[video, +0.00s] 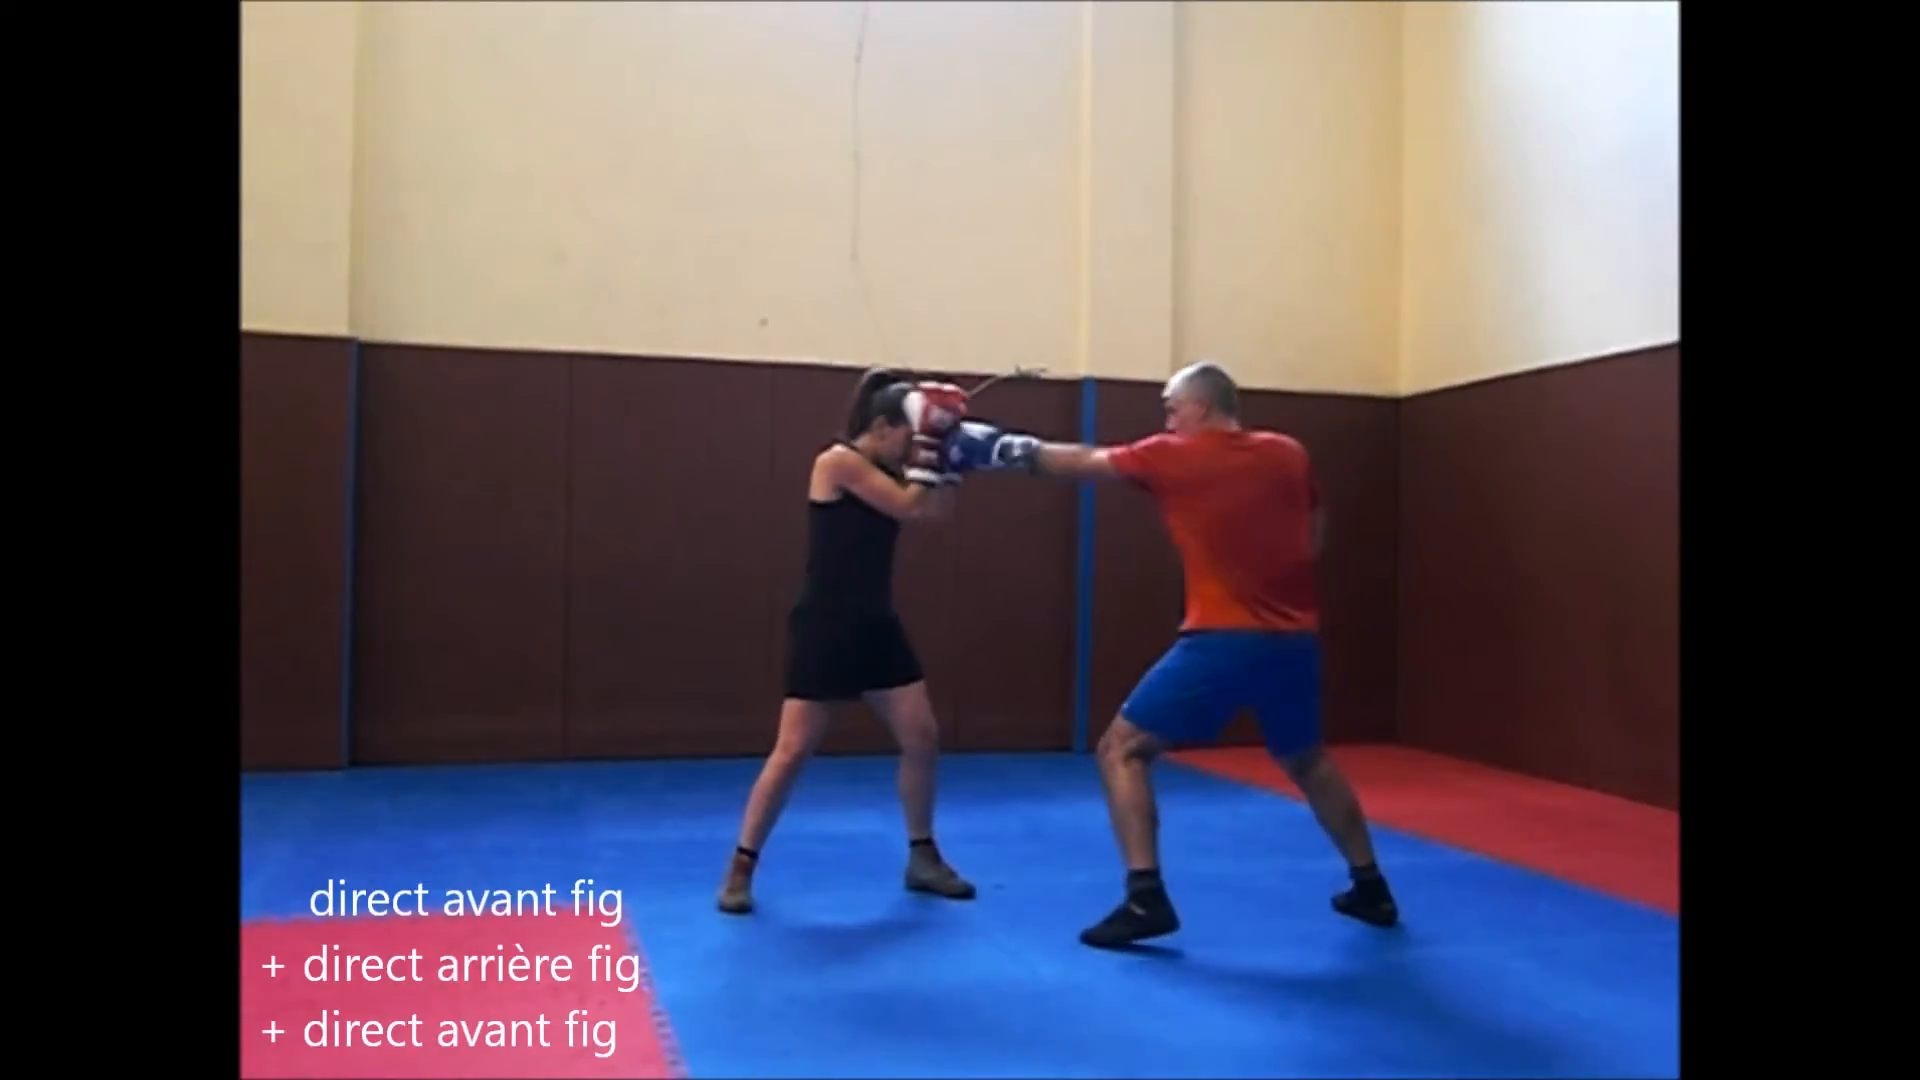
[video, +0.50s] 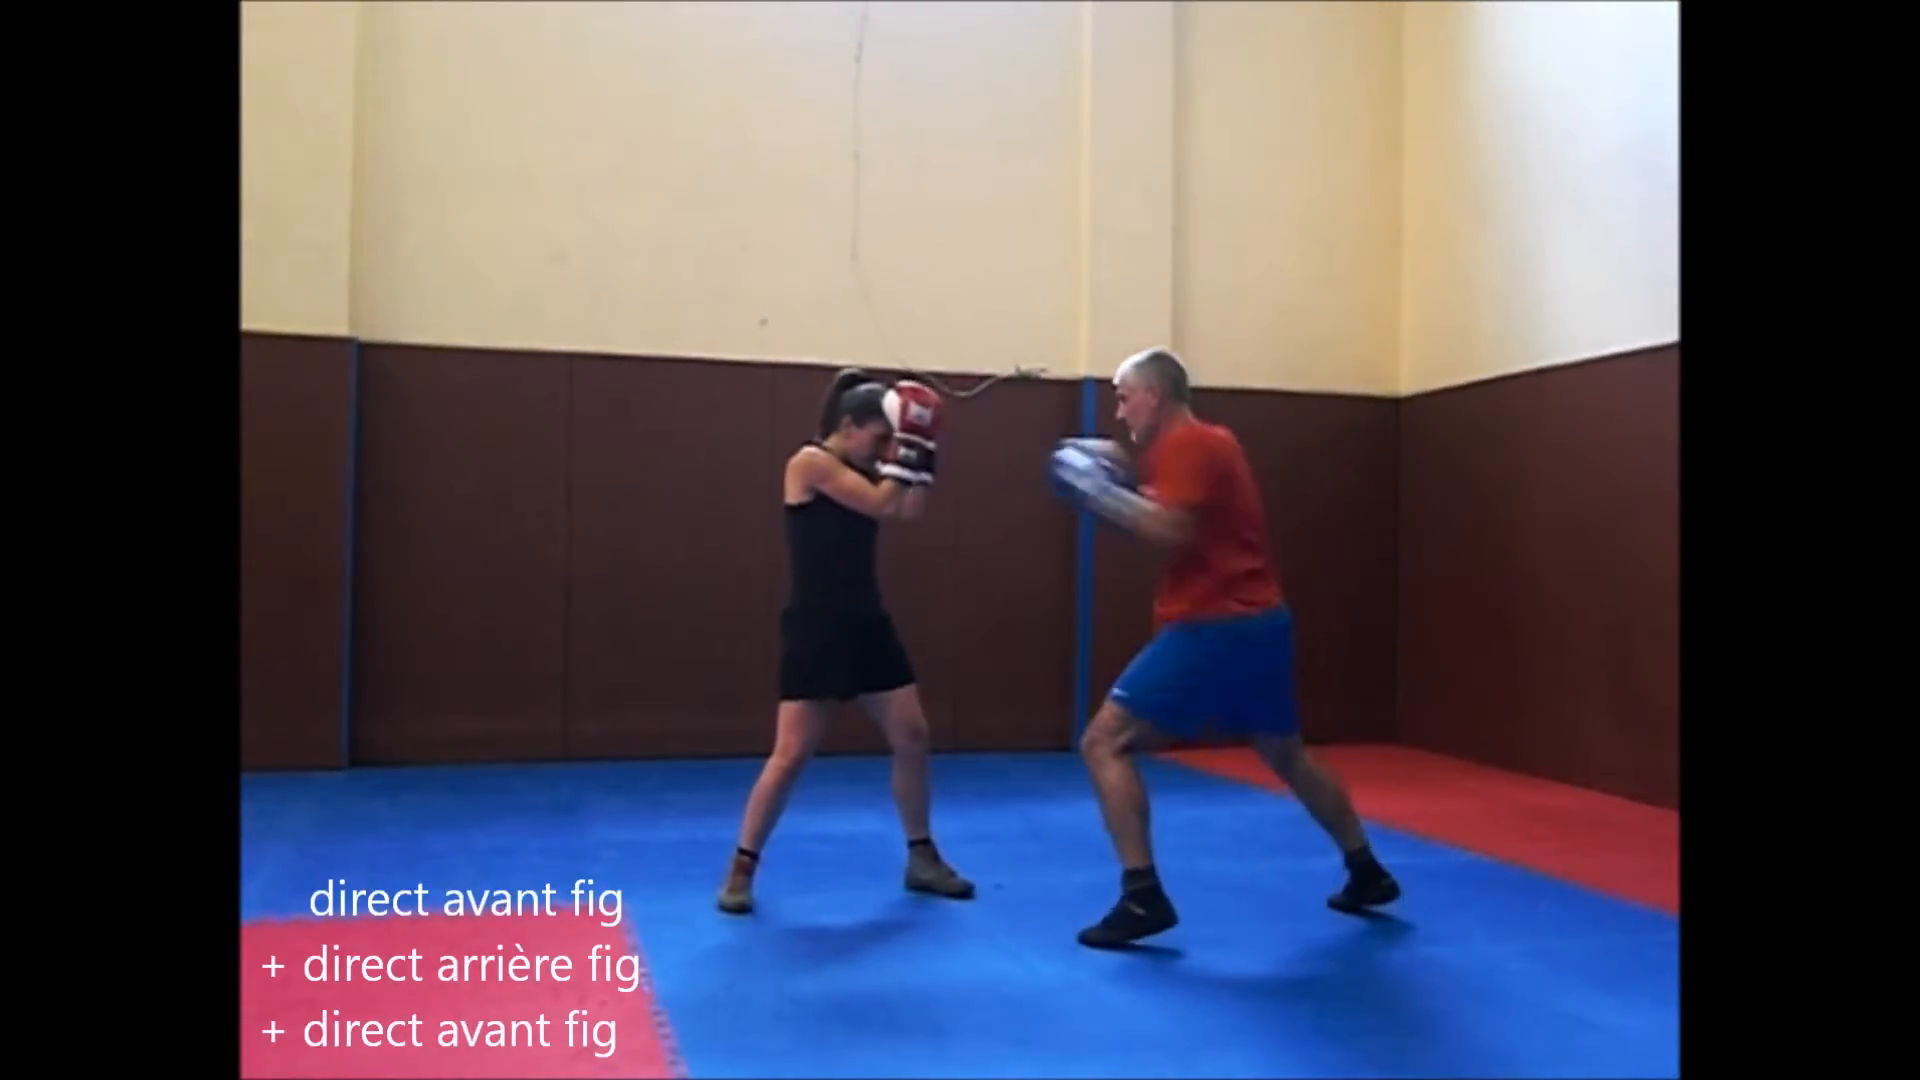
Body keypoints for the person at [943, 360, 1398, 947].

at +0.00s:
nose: (1167, 420)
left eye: (1173, 409)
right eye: (1167, 410)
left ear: (1207, 409)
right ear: (1229, 410)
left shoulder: (1172, 455)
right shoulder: (1290, 452)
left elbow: (1073, 461)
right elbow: (1313, 535)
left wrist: (990, 445)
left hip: (1217, 642)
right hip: (1293, 644)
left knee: (1120, 751)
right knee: (1308, 762)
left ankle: (1146, 899)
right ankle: (1371, 888)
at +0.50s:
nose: (1118, 411)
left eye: (1125, 398)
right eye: (1117, 399)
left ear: (1157, 397)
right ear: (1167, 399)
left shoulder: (1185, 446)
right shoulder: (1211, 440)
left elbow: (1170, 526)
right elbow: (1184, 506)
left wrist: (1096, 494)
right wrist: (1124, 476)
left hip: (1206, 630)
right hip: (1259, 624)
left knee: (1104, 744)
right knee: (1289, 756)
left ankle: (1142, 897)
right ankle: (1367, 871)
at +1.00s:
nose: (1170, 397)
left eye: (1175, 384)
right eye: (1169, 386)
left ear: (1203, 380)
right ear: (1220, 380)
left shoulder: (1222, 432)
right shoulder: (1269, 430)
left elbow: (1168, 509)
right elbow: (1212, 500)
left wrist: (1131, 458)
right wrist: (1173, 446)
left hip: (1241, 610)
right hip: (1291, 607)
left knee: (1143, 737)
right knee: (1305, 752)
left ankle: (1175, 893)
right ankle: (1368, 882)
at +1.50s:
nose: (1204, 415)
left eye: (1206, 401)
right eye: (1200, 404)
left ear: (1232, 394)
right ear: (1249, 395)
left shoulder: (1259, 448)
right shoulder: (1282, 447)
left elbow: (1165, 503)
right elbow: (1190, 497)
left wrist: (1154, 434)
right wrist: (1173, 436)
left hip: (1278, 631)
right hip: (1317, 631)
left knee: (1175, 747)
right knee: (1325, 766)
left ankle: (1201, 905)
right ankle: (1400, 889)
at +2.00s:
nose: (1229, 409)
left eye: (1230, 396)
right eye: (1226, 397)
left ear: (1251, 387)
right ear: (1269, 386)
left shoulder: (1278, 440)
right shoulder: (1302, 440)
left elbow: (1189, 493)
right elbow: (1206, 483)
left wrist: (1172, 427)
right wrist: (1190, 426)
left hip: (1290, 630)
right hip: (1328, 630)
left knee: (1193, 746)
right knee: (1334, 767)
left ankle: (1203, 907)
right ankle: (1401, 890)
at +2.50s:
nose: (1220, 395)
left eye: (1226, 381)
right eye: (1218, 383)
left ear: (1260, 376)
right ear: (1267, 377)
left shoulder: (1281, 434)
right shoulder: (1300, 433)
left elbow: (1202, 499)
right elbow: (1213, 495)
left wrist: (1167, 438)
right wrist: (1171, 443)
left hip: (1284, 619)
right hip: (1325, 618)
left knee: (1200, 743)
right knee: (1318, 756)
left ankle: (1205, 908)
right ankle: (1375, 890)